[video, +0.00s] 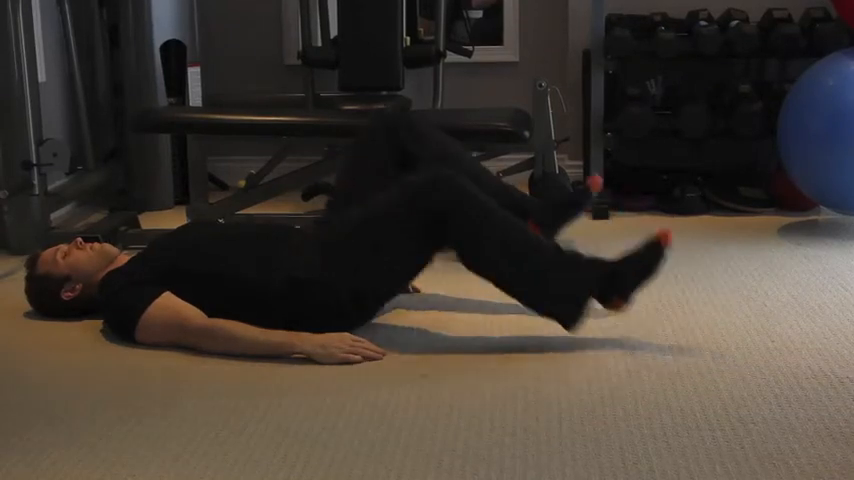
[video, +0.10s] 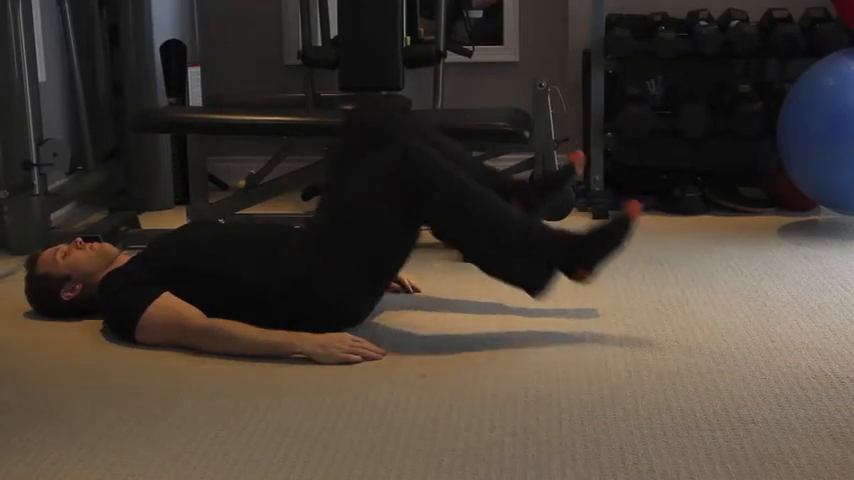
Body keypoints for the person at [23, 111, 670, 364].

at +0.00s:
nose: (81, 239)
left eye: (72, 239)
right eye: (68, 255)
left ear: (91, 242)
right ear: (77, 287)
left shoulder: (150, 251)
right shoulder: (128, 298)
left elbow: (243, 247)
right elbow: (209, 335)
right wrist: (312, 344)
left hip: (330, 242)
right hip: (325, 288)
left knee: (395, 129)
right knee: (441, 193)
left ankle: (530, 213)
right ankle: (585, 286)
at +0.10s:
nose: (79, 237)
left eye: (69, 238)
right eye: (66, 255)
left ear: (89, 241)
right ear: (76, 289)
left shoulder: (152, 253)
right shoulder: (126, 298)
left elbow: (256, 258)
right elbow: (206, 334)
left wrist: (369, 271)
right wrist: (308, 346)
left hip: (327, 258)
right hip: (321, 292)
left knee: (377, 122)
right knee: (406, 153)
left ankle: (516, 214)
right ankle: (551, 254)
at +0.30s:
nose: (77, 238)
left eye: (67, 238)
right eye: (64, 253)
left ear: (89, 241)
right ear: (74, 290)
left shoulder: (147, 257)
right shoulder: (122, 297)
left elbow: (256, 257)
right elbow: (200, 332)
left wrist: (362, 272)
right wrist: (306, 345)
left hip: (323, 267)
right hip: (310, 290)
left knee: (357, 117)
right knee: (333, 128)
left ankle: (517, 154)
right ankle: (497, 195)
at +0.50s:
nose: (73, 236)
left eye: (61, 237)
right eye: (58, 249)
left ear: (83, 245)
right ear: (66, 287)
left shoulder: (144, 251)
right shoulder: (116, 299)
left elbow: (247, 247)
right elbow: (199, 331)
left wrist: (356, 275)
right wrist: (304, 343)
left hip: (315, 270)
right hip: (293, 291)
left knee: (285, 114)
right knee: (273, 118)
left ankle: (447, 121)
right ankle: (445, 129)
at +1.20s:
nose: (66, 236)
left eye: (56, 237)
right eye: (54, 250)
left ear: (81, 241)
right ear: (67, 287)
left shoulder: (141, 253)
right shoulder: (115, 293)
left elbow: (238, 241)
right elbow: (193, 328)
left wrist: (346, 218)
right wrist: (295, 305)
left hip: (318, 253)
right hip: (305, 281)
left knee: (271, 118)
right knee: (259, 121)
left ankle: (432, 125)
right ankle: (431, 132)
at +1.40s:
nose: (68, 236)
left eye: (58, 237)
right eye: (56, 250)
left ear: (80, 237)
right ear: (66, 288)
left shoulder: (141, 254)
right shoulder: (116, 296)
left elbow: (242, 212)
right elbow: (186, 278)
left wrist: (254, 113)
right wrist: (182, 154)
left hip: (315, 264)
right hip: (300, 283)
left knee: (269, 118)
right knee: (255, 121)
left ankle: (426, 121)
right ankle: (429, 127)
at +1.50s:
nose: (67, 234)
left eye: (57, 235)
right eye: (55, 249)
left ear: (80, 233)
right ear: (66, 288)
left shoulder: (144, 266)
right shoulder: (117, 297)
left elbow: (225, 210)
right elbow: (158, 243)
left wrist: (212, 119)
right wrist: (150, 152)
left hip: (317, 267)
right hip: (298, 282)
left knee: (265, 119)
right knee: (257, 121)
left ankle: (425, 123)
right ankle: (428, 128)